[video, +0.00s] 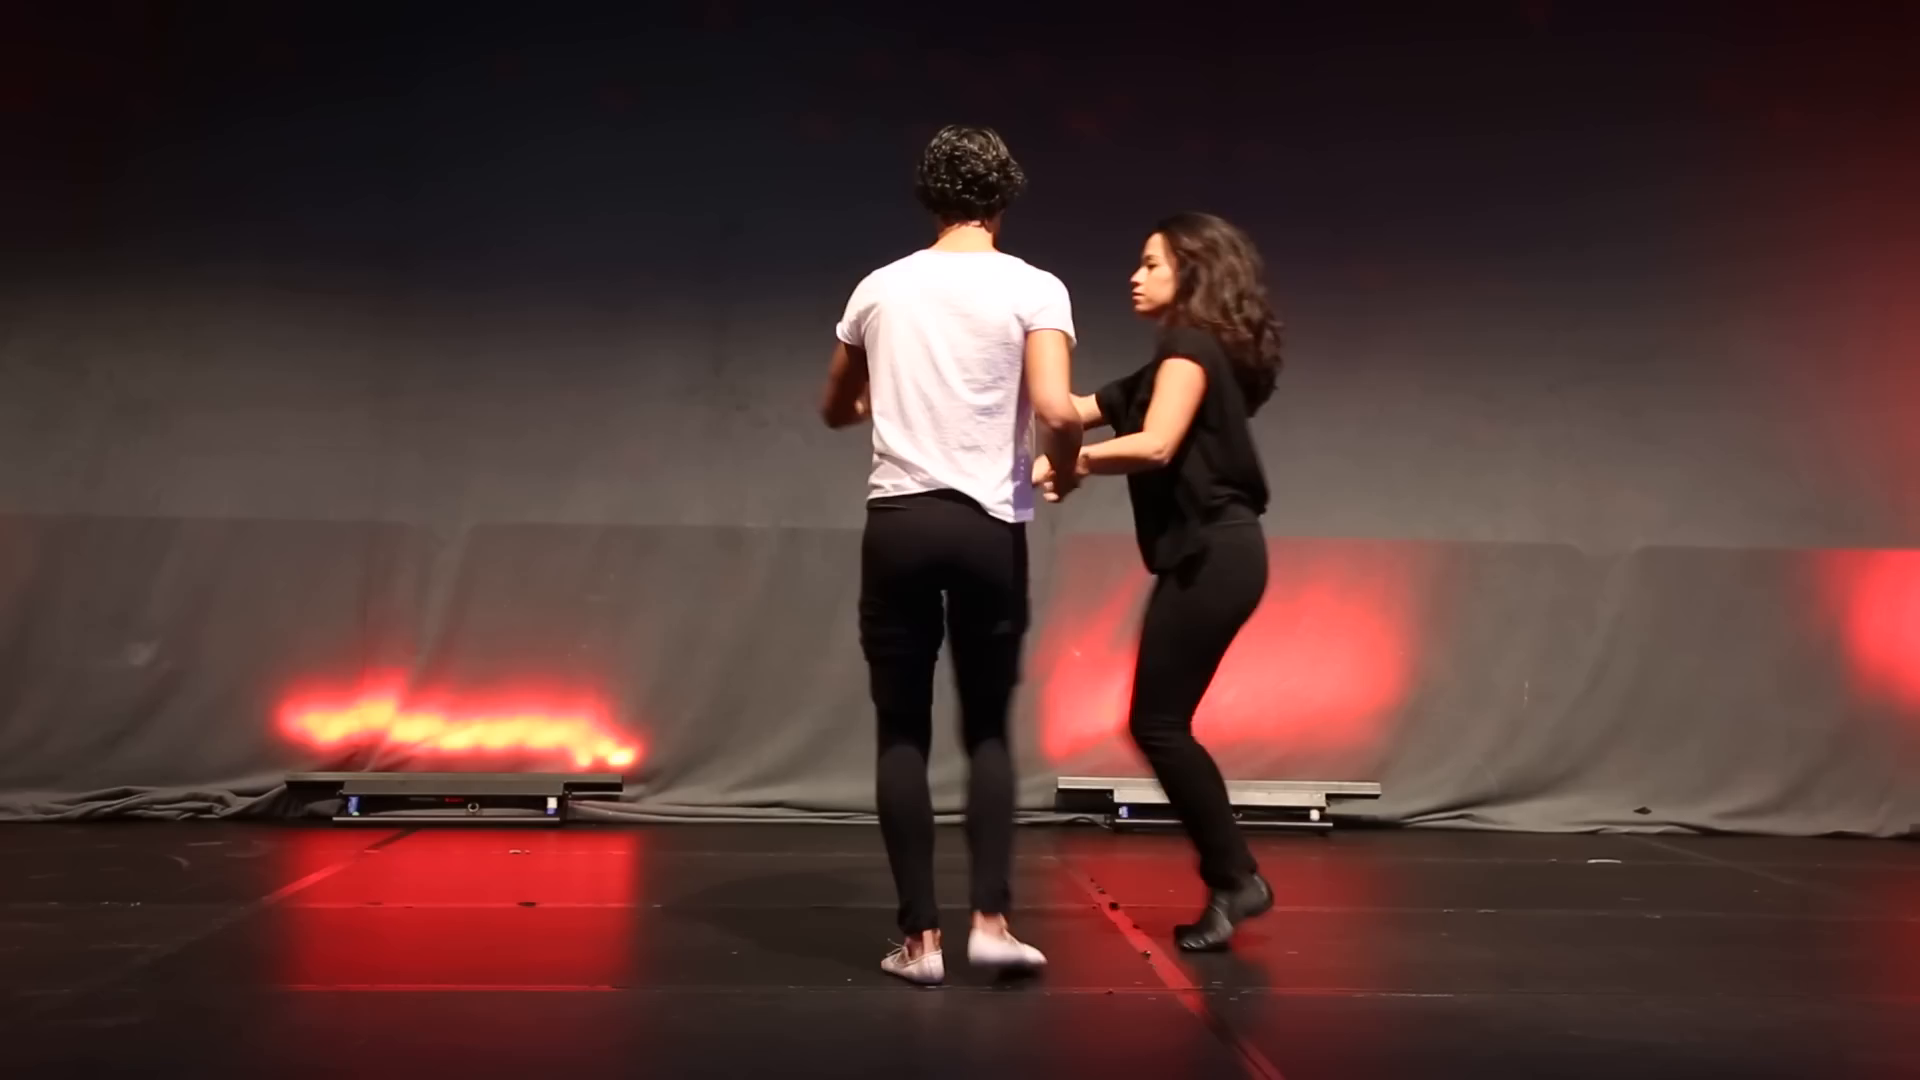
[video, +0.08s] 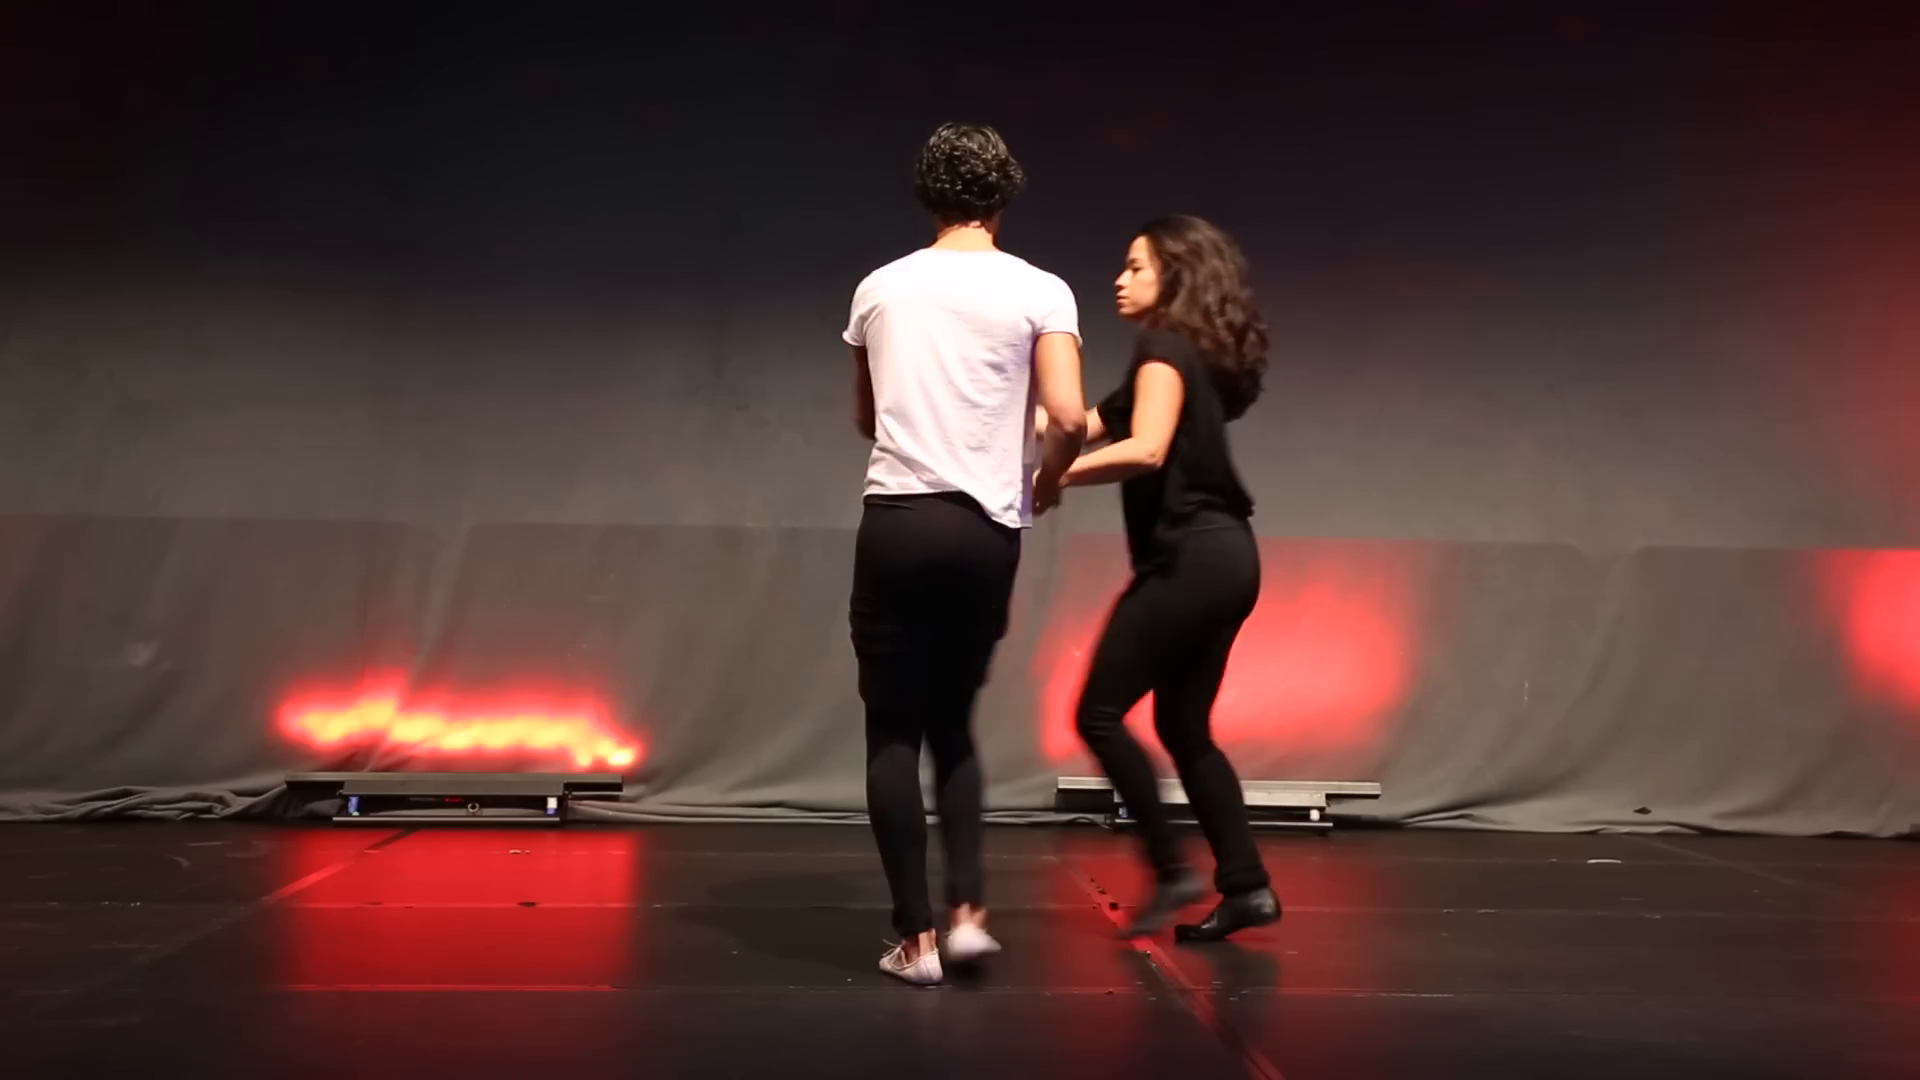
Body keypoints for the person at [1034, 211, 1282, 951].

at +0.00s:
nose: (1136, 276)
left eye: (1150, 264)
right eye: (1140, 264)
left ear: (1192, 274)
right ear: (1181, 276)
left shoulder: (1193, 346)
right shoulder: (1177, 351)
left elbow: (1157, 443)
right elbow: (1088, 410)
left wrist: (1075, 463)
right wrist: (1049, 449)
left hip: (1215, 558)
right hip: (1204, 558)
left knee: (1160, 724)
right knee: (1159, 724)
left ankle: (1236, 881)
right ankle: (1231, 880)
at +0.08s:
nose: (1120, 279)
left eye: (1135, 267)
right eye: (1125, 267)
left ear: (1176, 276)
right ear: (1174, 279)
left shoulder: (1163, 349)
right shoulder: (1187, 350)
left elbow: (1148, 448)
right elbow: (1110, 424)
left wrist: (1061, 474)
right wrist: (1068, 432)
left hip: (1191, 562)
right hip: (1224, 559)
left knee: (1097, 714)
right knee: (1185, 724)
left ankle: (1172, 870)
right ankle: (1247, 888)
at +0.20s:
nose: (1093, 291)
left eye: (1107, 279)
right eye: (1097, 278)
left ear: (1147, 287)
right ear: (1155, 290)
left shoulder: (1127, 356)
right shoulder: (1167, 360)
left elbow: (1131, 452)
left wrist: (1043, 491)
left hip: (1156, 574)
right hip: (1208, 572)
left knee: (1037, 705)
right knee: (1210, 737)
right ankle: (1251, 907)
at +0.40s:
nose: (1039, 303)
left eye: (1049, 289)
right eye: (1045, 288)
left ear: (1070, 300)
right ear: (1122, 299)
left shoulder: (1063, 371)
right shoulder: (1129, 367)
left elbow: (1073, 456)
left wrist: (1027, 504)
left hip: (1068, 578)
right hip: (1130, 571)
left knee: (966, 720)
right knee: (1150, 734)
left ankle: (977, 889)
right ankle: (1230, 887)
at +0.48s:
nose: (1012, 299)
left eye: (1026, 283)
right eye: (1019, 283)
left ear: (1048, 293)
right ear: (1102, 297)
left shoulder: (1027, 356)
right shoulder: (1103, 359)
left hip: (1017, 563)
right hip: (1077, 564)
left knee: (943, 733)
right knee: (1076, 723)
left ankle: (978, 891)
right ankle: (1191, 853)